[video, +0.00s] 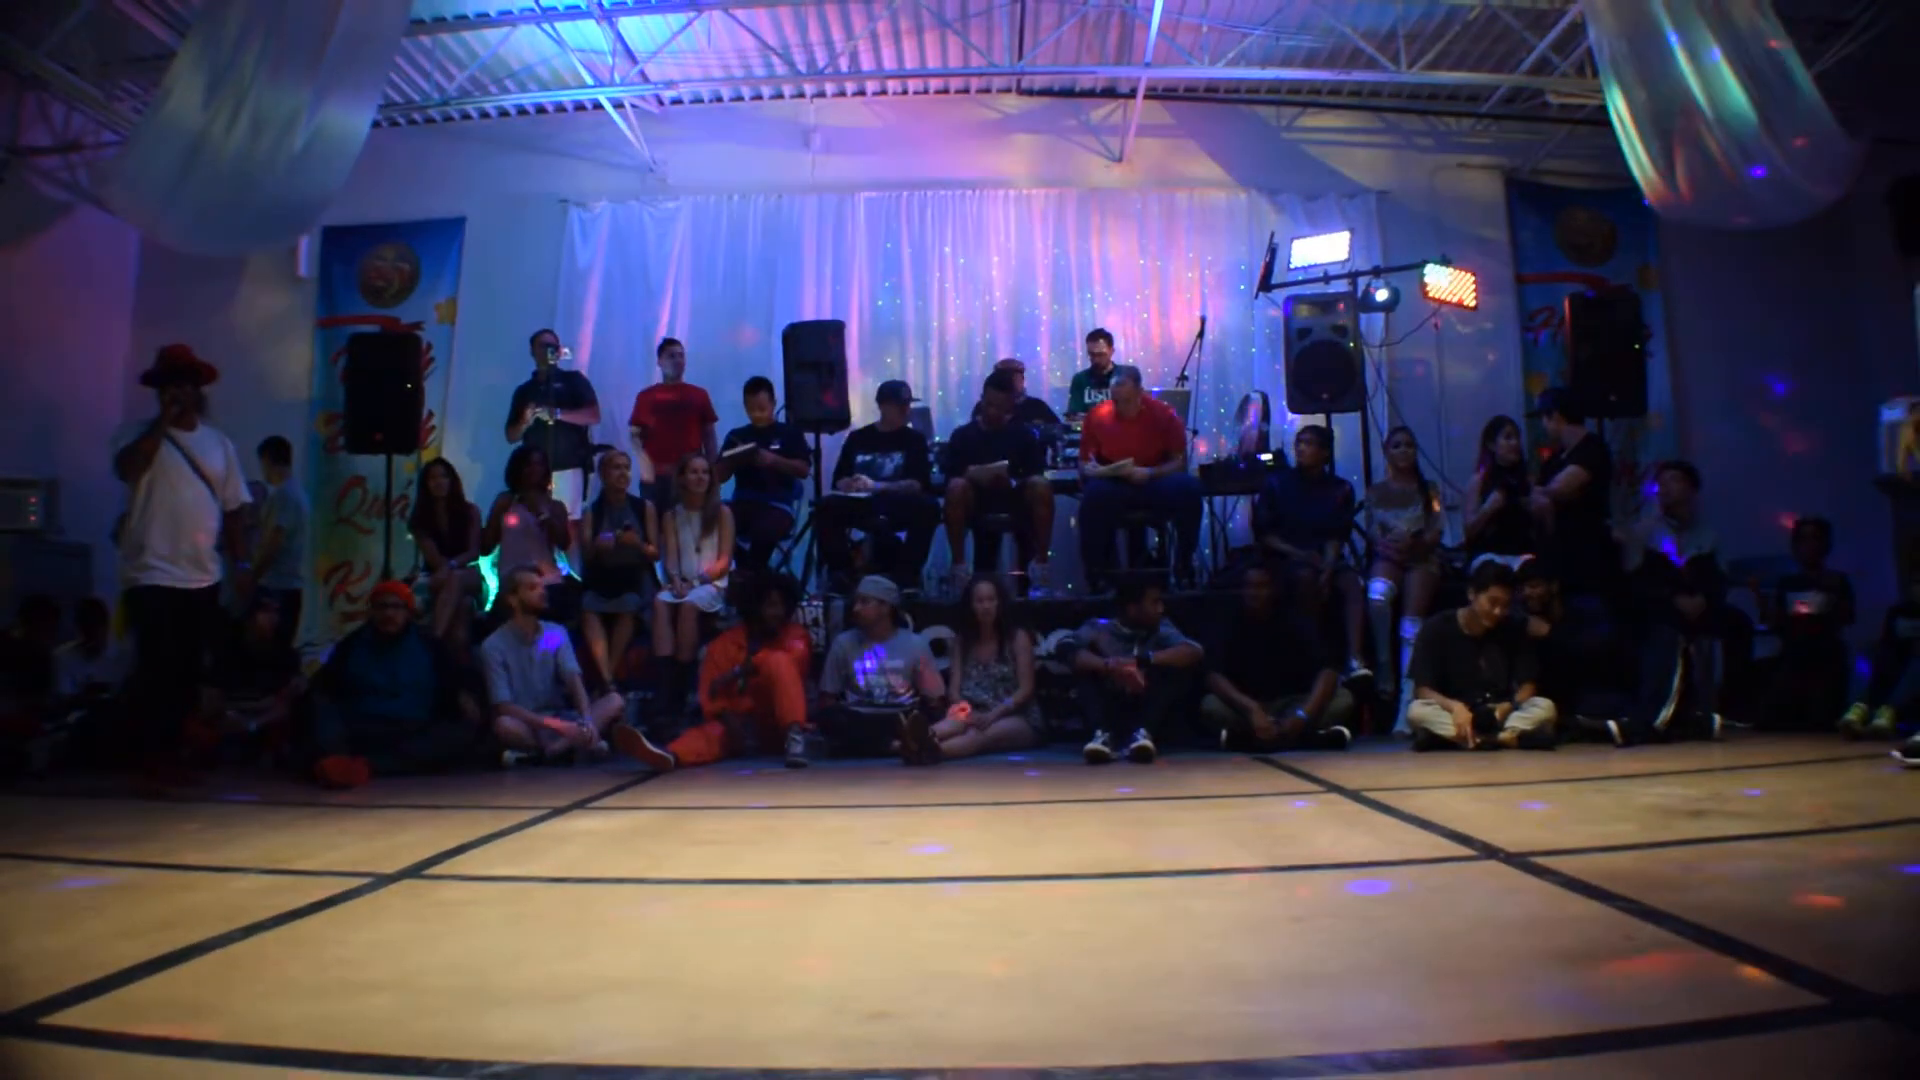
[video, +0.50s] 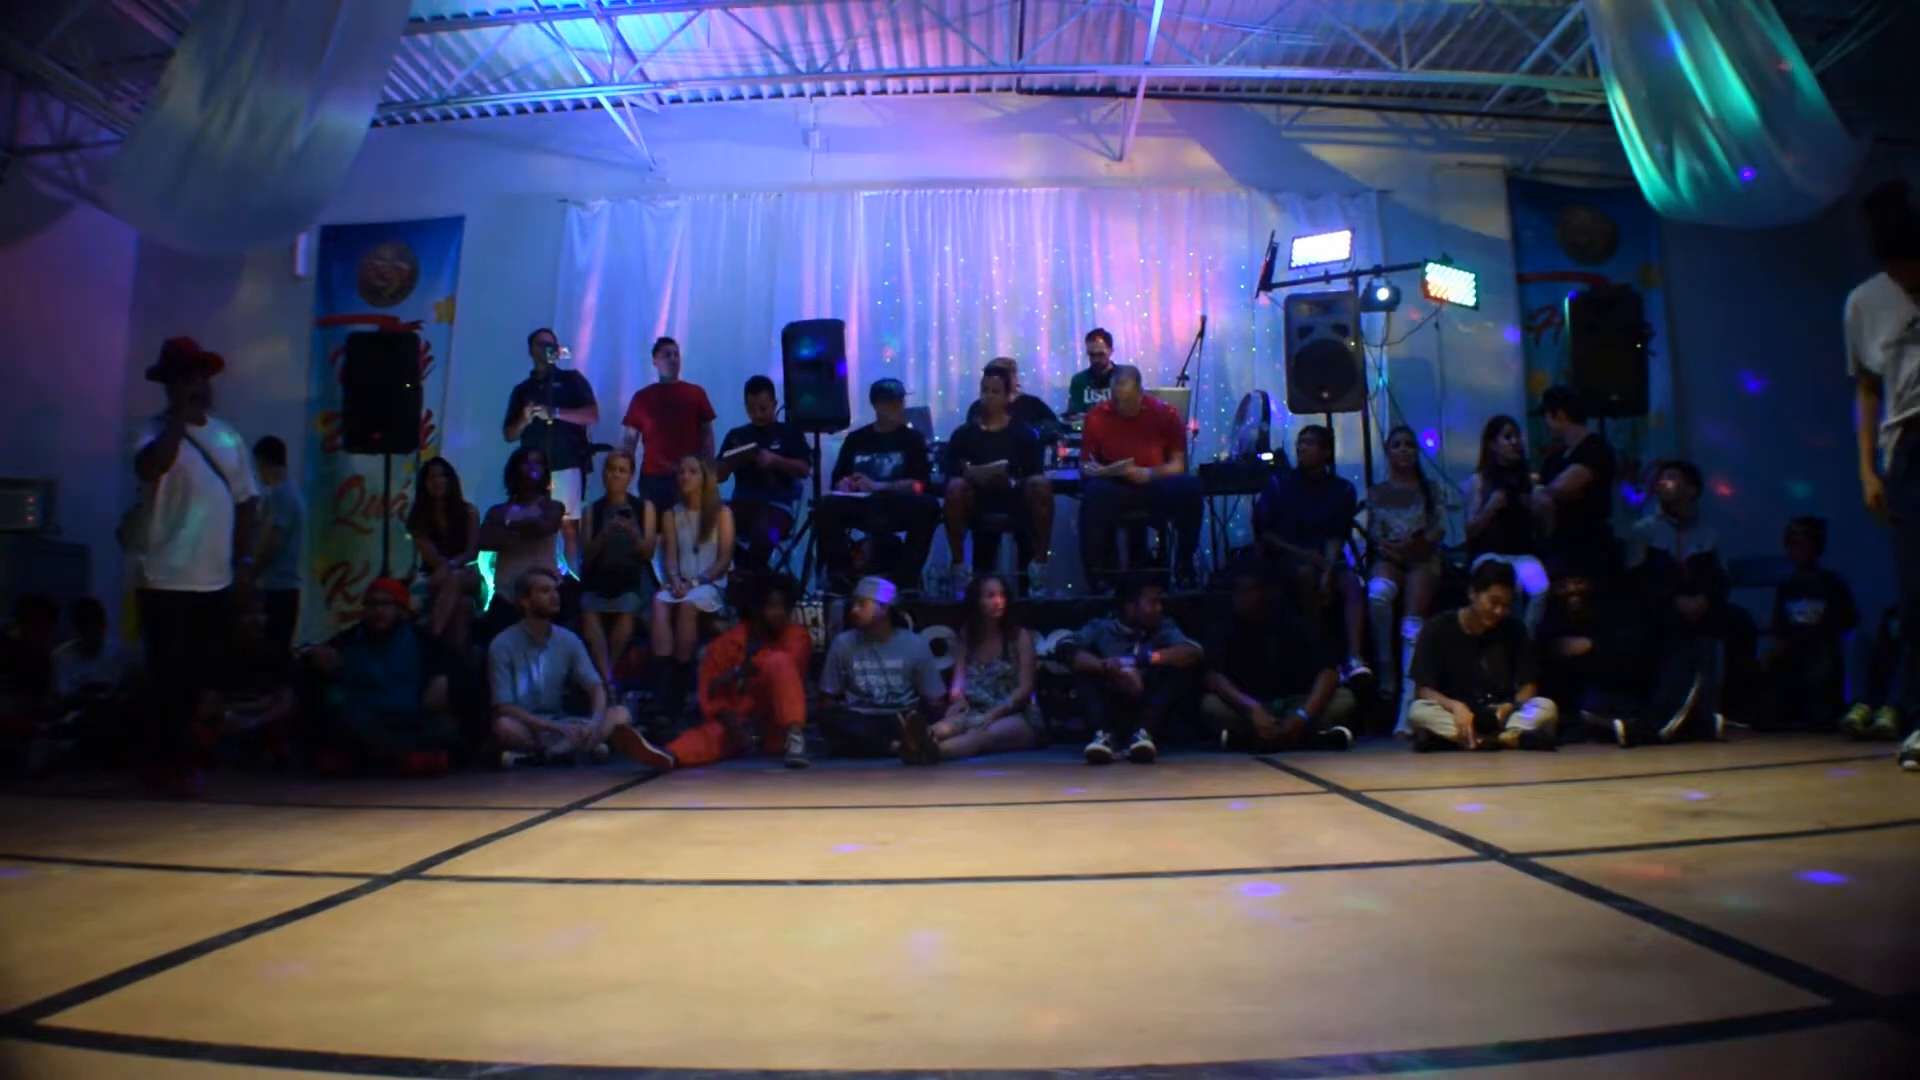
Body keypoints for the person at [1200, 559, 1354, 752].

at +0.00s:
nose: (1255, 592)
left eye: (1261, 586)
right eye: (1250, 586)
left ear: (1274, 590)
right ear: (1242, 590)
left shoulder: (1293, 622)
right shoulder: (1232, 625)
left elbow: (1328, 670)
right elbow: (1214, 676)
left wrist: (1303, 716)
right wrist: (1253, 710)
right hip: (1246, 706)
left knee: (1342, 698)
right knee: (1210, 705)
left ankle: (1254, 740)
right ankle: (1306, 739)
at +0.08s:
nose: (1255, 593)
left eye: (1261, 587)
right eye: (1250, 587)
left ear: (1273, 590)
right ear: (1242, 590)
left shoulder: (1293, 622)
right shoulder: (1233, 625)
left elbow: (1328, 671)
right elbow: (1214, 676)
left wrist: (1303, 715)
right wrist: (1253, 710)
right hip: (1247, 706)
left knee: (1342, 699)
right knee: (1210, 705)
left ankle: (1254, 740)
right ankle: (1306, 738)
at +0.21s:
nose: (1254, 594)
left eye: (1260, 588)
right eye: (1249, 588)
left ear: (1273, 591)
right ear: (1241, 592)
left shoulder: (1294, 622)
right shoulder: (1232, 626)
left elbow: (1329, 670)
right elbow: (1213, 675)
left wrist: (1303, 716)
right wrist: (1254, 711)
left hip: (1293, 700)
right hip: (1248, 705)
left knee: (1343, 698)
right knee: (1211, 705)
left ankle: (1255, 741)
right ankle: (1308, 740)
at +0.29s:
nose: (1253, 594)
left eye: (1259, 588)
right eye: (1248, 588)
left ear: (1272, 591)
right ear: (1240, 592)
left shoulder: (1294, 623)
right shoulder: (1232, 627)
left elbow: (1328, 670)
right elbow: (1213, 675)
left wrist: (1303, 715)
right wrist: (1254, 711)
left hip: (1293, 700)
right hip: (1249, 706)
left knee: (1343, 699)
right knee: (1211, 705)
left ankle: (1255, 741)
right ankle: (1308, 739)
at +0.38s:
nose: (1251, 595)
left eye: (1258, 589)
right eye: (1247, 589)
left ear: (1273, 591)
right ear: (1240, 592)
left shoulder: (1294, 623)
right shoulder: (1232, 626)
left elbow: (1328, 670)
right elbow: (1213, 675)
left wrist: (1303, 715)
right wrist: (1254, 710)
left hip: (1294, 698)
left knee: (1343, 699)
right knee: (1211, 705)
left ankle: (1254, 741)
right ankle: (1309, 740)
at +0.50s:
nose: (1241, 598)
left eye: (1248, 591)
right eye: (1238, 591)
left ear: (1268, 592)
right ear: (1232, 593)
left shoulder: (1293, 624)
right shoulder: (1230, 628)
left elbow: (1328, 671)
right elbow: (1213, 675)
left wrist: (1303, 716)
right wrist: (1254, 710)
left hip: (1294, 698)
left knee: (1343, 699)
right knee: (1211, 705)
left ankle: (1255, 741)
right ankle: (1309, 740)